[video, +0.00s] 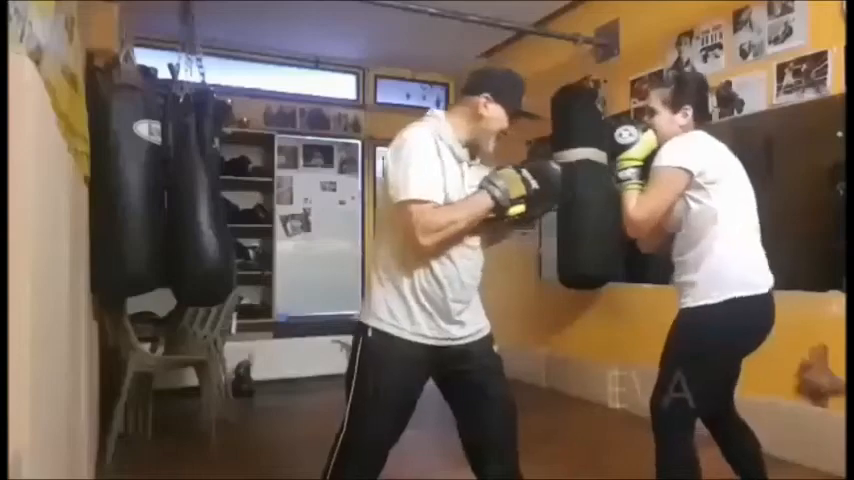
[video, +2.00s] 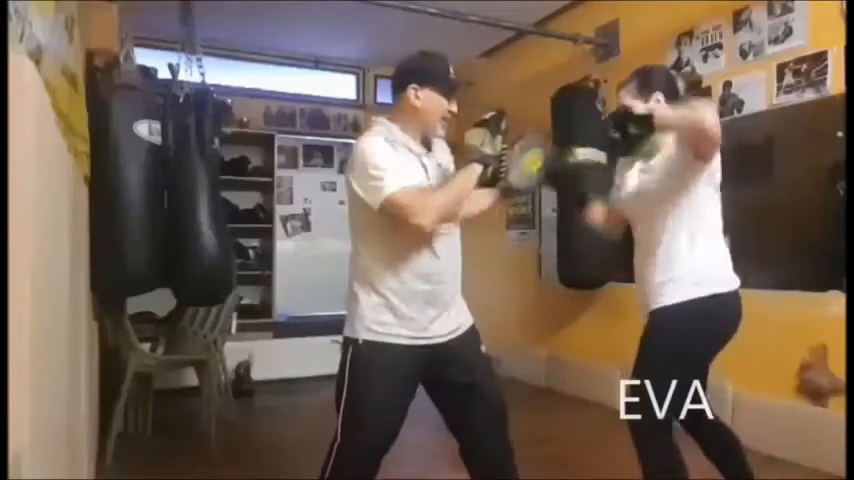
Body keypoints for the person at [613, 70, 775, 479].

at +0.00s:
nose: (645, 121)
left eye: (652, 112)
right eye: (645, 113)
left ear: (683, 114)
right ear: (684, 116)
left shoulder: (685, 149)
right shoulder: (713, 151)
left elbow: (639, 223)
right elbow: (651, 241)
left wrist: (628, 169)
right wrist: (633, 176)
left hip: (713, 307)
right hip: (747, 303)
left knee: (669, 409)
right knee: (716, 408)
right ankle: (756, 474)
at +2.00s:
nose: (621, 117)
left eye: (627, 107)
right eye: (619, 109)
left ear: (656, 102)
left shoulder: (690, 146)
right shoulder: (633, 165)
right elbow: (611, 221)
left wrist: (653, 116)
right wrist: (578, 186)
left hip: (701, 301)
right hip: (669, 307)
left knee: (644, 413)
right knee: (691, 409)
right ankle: (742, 474)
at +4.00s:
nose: (605, 214)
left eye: (610, 201)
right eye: (603, 203)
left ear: (641, 195)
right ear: (639, 197)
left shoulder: (686, 223)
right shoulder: (655, 231)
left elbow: (677, 312)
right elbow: (631, 313)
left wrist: (640, 279)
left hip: (747, 349)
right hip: (718, 346)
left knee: (647, 421)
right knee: (659, 422)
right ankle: (716, 474)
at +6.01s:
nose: (629, 118)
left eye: (634, 109)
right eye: (628, 111)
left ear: (657, 107)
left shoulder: (694, 150)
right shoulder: (649, 167)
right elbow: (634, 230)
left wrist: (640, 120)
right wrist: (597, 198)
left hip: (692, 295)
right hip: (665, 299)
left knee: (648, 413)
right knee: (682, 410)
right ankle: (727, 472)